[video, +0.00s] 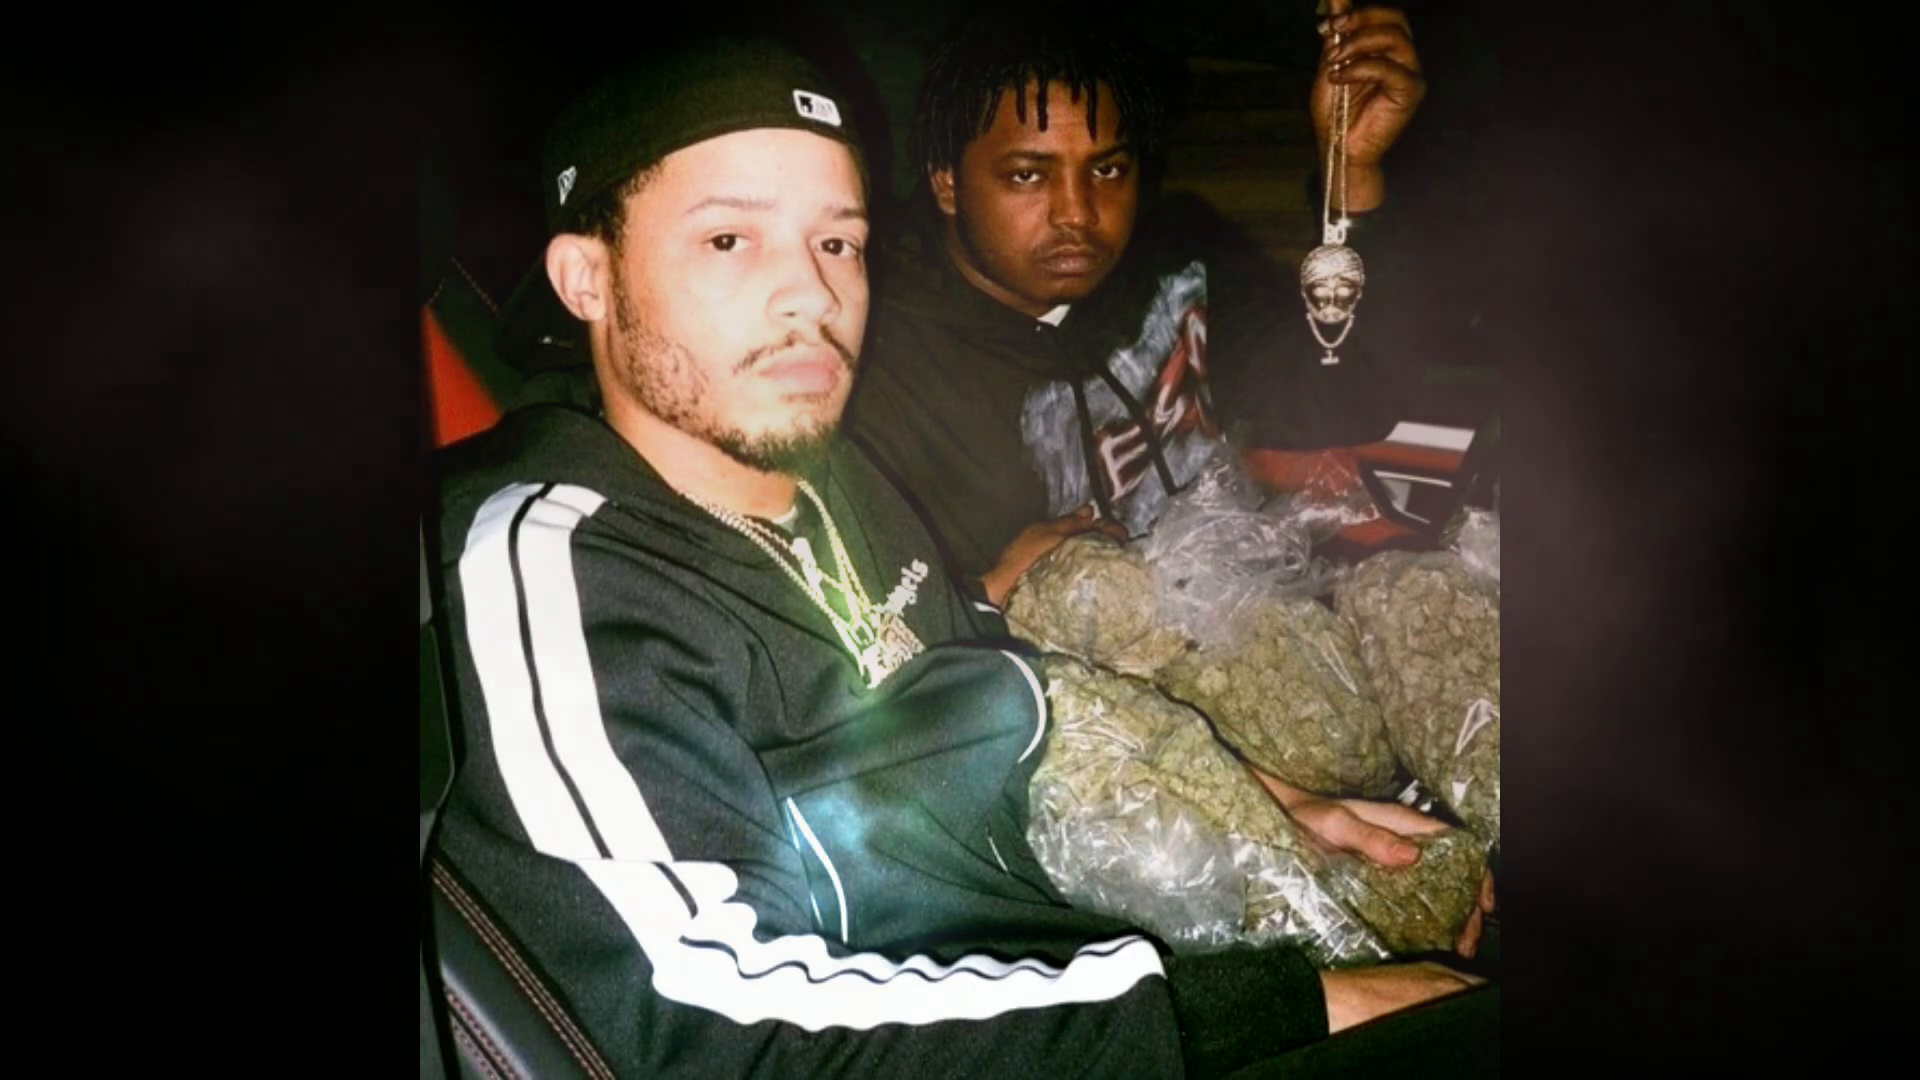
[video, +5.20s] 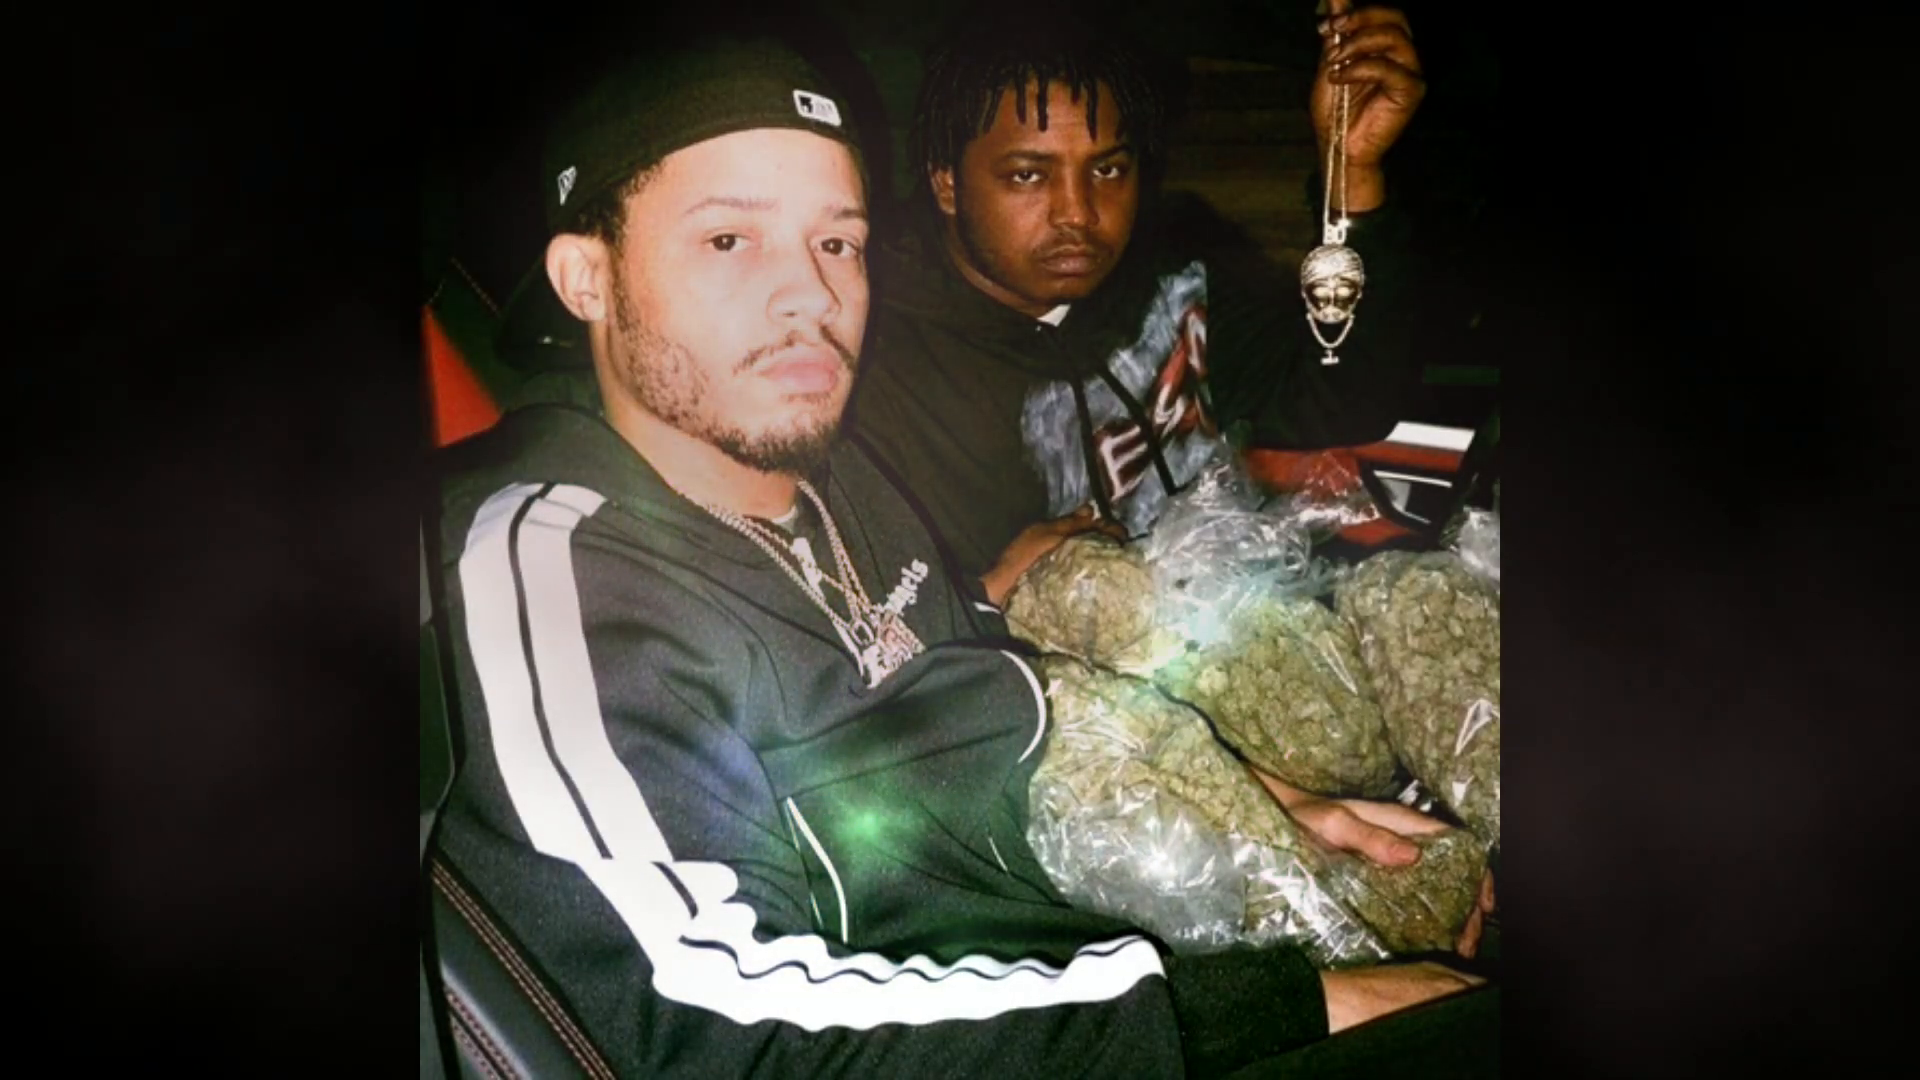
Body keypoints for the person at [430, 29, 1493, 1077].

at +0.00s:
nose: (811, 305)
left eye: (836, 249)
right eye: (731, 245)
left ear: (868, 265)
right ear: (588, 281)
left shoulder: (828, 476)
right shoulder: (534, 556)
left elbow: (1005, 732)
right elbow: (697, 1015)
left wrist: (1269, 817)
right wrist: (1272, 1010)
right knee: (1482, 1006)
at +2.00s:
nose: (810, 303)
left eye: (835, 249)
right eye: (729, 244)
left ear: (867, 268)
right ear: (588, 283)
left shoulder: (825, 476)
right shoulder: (532, 552)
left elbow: (1008, 732)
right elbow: (708, 1016)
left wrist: (1267, 819)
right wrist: (1278, 1008)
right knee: (1473, 1004)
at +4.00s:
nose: (810, 302)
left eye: (835, 250)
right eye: (729, 244)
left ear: (867, 269)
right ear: (586, 280)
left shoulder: (827, 486)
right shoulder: (536, 553)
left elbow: (1017, 755)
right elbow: (702, 1018)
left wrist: (1275, 827)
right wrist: (1275, 1008)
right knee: (1505, 1011)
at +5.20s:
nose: (815, 308)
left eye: (837, 249)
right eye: (731, 247)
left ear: (869, 263)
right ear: (588, 281)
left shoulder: (830, 482)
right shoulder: (534, 559)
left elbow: (1009, 750)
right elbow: (701, 1016)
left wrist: (1265, 825)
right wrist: (1270, 1009)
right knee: (1475, 1006)